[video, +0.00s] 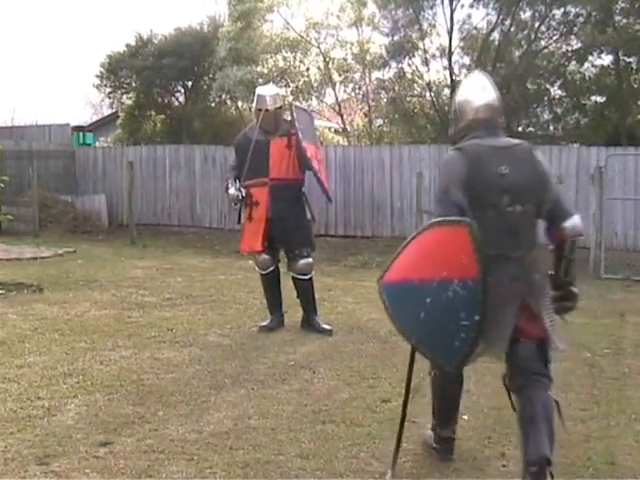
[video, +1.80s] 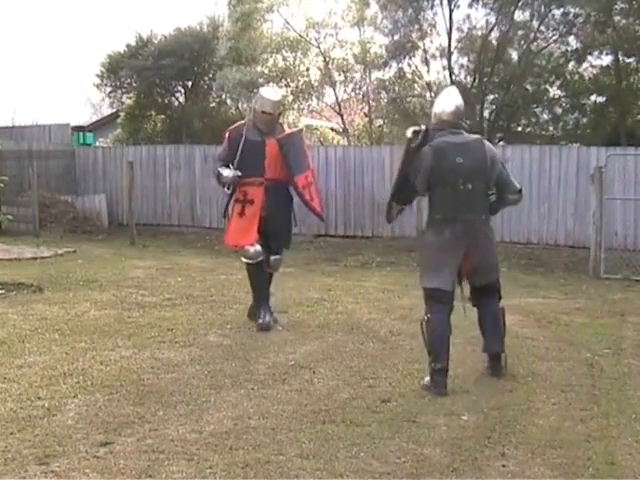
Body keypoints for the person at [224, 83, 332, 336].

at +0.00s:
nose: (269, 116)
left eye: (273, 110)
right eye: (264, 111)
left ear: (282, 109)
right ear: (256, 111)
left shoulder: (293, 135)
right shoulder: (246, 139)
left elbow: (308, 164)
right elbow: (234, 170)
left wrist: (301, 144)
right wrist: (233, 186)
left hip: (292, 206)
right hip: (260, 209)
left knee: (302, 261)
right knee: (264, 260)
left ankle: (310, 316)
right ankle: (275, 315)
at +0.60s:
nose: (267, 116)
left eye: (271, 110)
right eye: (261, 111)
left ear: (280, 109)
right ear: (254, 111)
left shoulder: (293, 135)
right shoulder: (244, 140)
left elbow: (312, 166)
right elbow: (235, 175)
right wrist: (231, 199)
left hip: (291, 207)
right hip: (258, 210)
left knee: (302, 262)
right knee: (264, 261)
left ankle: (310, 316)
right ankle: (276, 315)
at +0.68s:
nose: (265, 116)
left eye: (270, 110)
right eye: (260, 111)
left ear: (279, 109)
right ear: (253, 111)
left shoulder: (293, 134)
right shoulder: (243, 139)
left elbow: (311, 165)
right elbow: (234, 173)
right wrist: (230, 199)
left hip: (290, 206)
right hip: (258, 209)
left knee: (302, 261)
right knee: (264, 261)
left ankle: (311, 316)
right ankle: (276, 315)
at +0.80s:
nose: (261, 117)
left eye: (266, 111)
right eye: (256, 112)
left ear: (276, 109)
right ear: (250, 111)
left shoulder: (291, 134)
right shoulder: (240, 139)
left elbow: (309, 169)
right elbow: (231, 175)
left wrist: (305, 137)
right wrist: (229, 200)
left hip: (290, 205)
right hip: (257, 207)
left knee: (303, 260)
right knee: (264, 260)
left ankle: (312, 315)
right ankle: (275, 315)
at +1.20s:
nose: (256, 117)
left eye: (260, 112)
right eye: (251, 112)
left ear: (270, 109)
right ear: (244, 111)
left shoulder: (286, 133)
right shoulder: (234, 139)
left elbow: (306, 166)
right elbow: (222, 170)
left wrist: (299, 136)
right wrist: (222, 190)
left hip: (287, 200)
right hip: (255, 205)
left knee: (300, 255)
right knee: (265, 258)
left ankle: (279, 297)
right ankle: (276, 314)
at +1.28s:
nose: (254, 118)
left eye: (259, 112)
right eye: (250, 112)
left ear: (269, 110)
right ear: (244, 110)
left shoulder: (287, 134)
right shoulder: (234, 138)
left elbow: (306, 165)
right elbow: (221, 171)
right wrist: (222, 187)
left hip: (287, 199)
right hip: (255, 203)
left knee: (297, 256)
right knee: (265, 258)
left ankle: (269, 288)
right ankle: (275, 314)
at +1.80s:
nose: (268, 118)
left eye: (273, 114)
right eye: (264, 113)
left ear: (278, 113)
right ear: (254, 110)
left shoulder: (286, 137)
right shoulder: (238, 134)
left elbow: (300, 169)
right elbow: (221, 164)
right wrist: (226, 174)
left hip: (277, 200)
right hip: (247, 200)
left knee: (275, 257)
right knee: (252, 252)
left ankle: (259, 303)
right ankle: (263, 305)